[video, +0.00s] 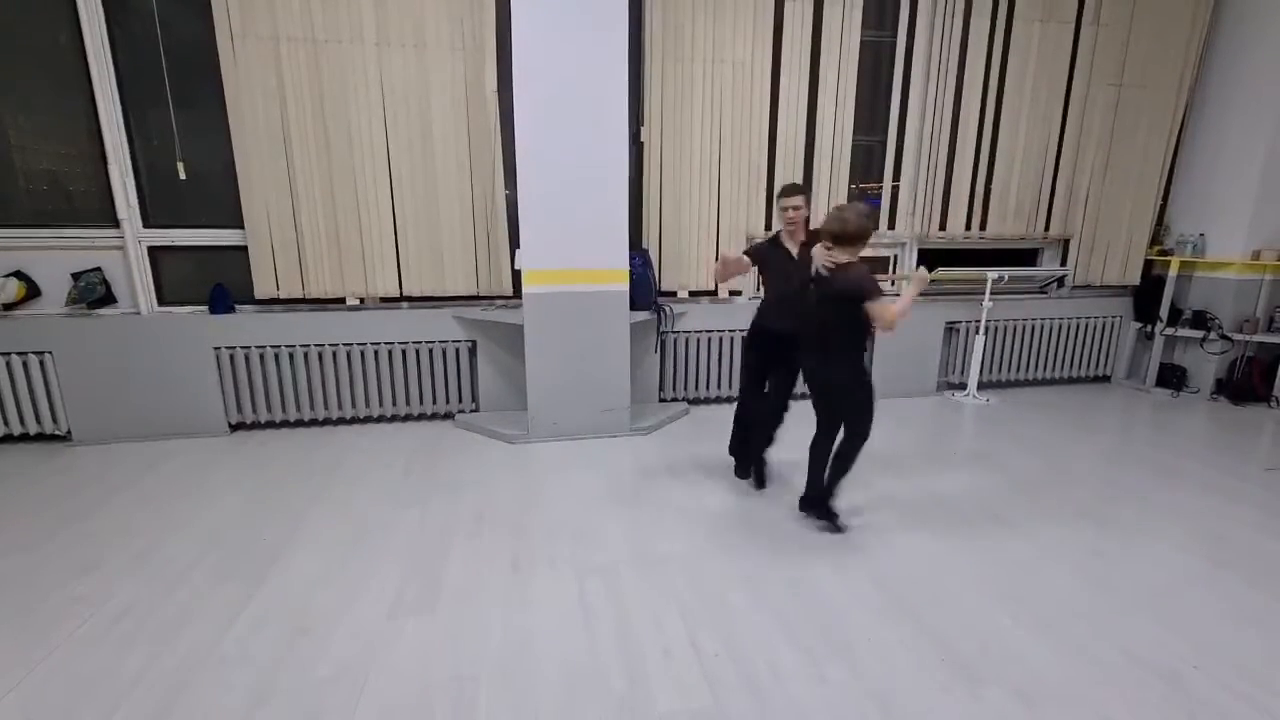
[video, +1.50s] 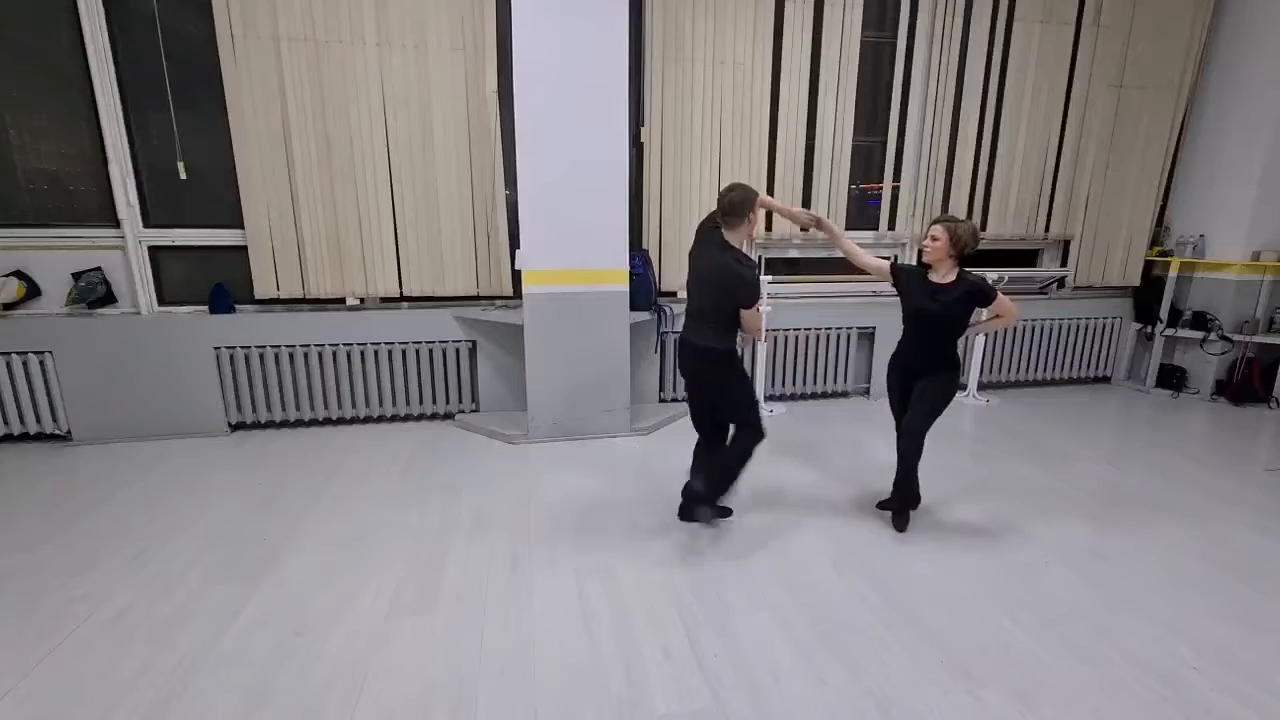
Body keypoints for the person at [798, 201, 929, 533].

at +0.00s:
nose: (867, 241)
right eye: (866, 236)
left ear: (829, 235)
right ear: (863, 240)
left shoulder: (816, 260)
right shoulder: (858, 276)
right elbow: (886, 319)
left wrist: (873, 318)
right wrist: (913, 289)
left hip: (815, 361)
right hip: (847, 366)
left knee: (826, 426)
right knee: (858, 429)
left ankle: (811, 496)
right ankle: (823, 498)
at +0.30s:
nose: (836, 282)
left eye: (833, 275)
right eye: (831, 278)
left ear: (846, 259)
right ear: (848, 260)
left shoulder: (867, 269)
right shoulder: (870, 274)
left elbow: (875, 297)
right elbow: (850, 315)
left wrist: (845, 328)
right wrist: (814, 291)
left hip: (890, 367)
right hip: (899, 365)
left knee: (832, 412)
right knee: (882, 435)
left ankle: (889, 467)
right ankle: (882, 510)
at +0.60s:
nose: (853, 268)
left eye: (856, 262)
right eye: (851, 264)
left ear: (875, 256)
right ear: (862, 262)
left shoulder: (914, 274)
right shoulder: (860, 289)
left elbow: (971, 282)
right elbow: (824, 306)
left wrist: (969, 326)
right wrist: (784, 291)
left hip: (928, 367)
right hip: (888, 370)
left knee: (915, 435)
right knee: (890, 438)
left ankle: (922, 492)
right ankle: (890, 506)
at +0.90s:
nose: (913, 238)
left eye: (923, 235)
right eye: (914, 232)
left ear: (941, 247)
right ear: (911, 240)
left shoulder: (957, 282)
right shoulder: (893, 283)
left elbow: (995, 296)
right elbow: (840, 295)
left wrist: (970, 316)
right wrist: (798, 293)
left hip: (943, 368)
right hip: (901, 363)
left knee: (930, 431)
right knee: (858, 415)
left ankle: (916, 493)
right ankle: (861, 479)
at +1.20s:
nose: (925, 238)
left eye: (935, 234)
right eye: (926, 232)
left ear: (954, 244)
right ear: (923, 238)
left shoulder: (970, 283)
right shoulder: (905, 275)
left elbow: (1009, 304)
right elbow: (852, 273)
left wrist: (975, 319)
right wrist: (803, 260)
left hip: (947, 370)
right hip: (906, 363)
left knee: (928, 434)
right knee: (869, 416)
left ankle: (915, 492)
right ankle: (885, 474)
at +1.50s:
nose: (925, 243)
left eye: (935, 239)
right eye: (927, 237)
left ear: (955, 249)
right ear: (926, 242)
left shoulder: (972, 287)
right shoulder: (907, 275)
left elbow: (1010, 314)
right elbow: (858, 257)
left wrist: (972, 330)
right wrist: (827, 227)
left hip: (941, 372)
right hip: (903, 366)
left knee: (911, 430)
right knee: (905, 432)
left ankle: (900, 503)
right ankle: (907, 492)